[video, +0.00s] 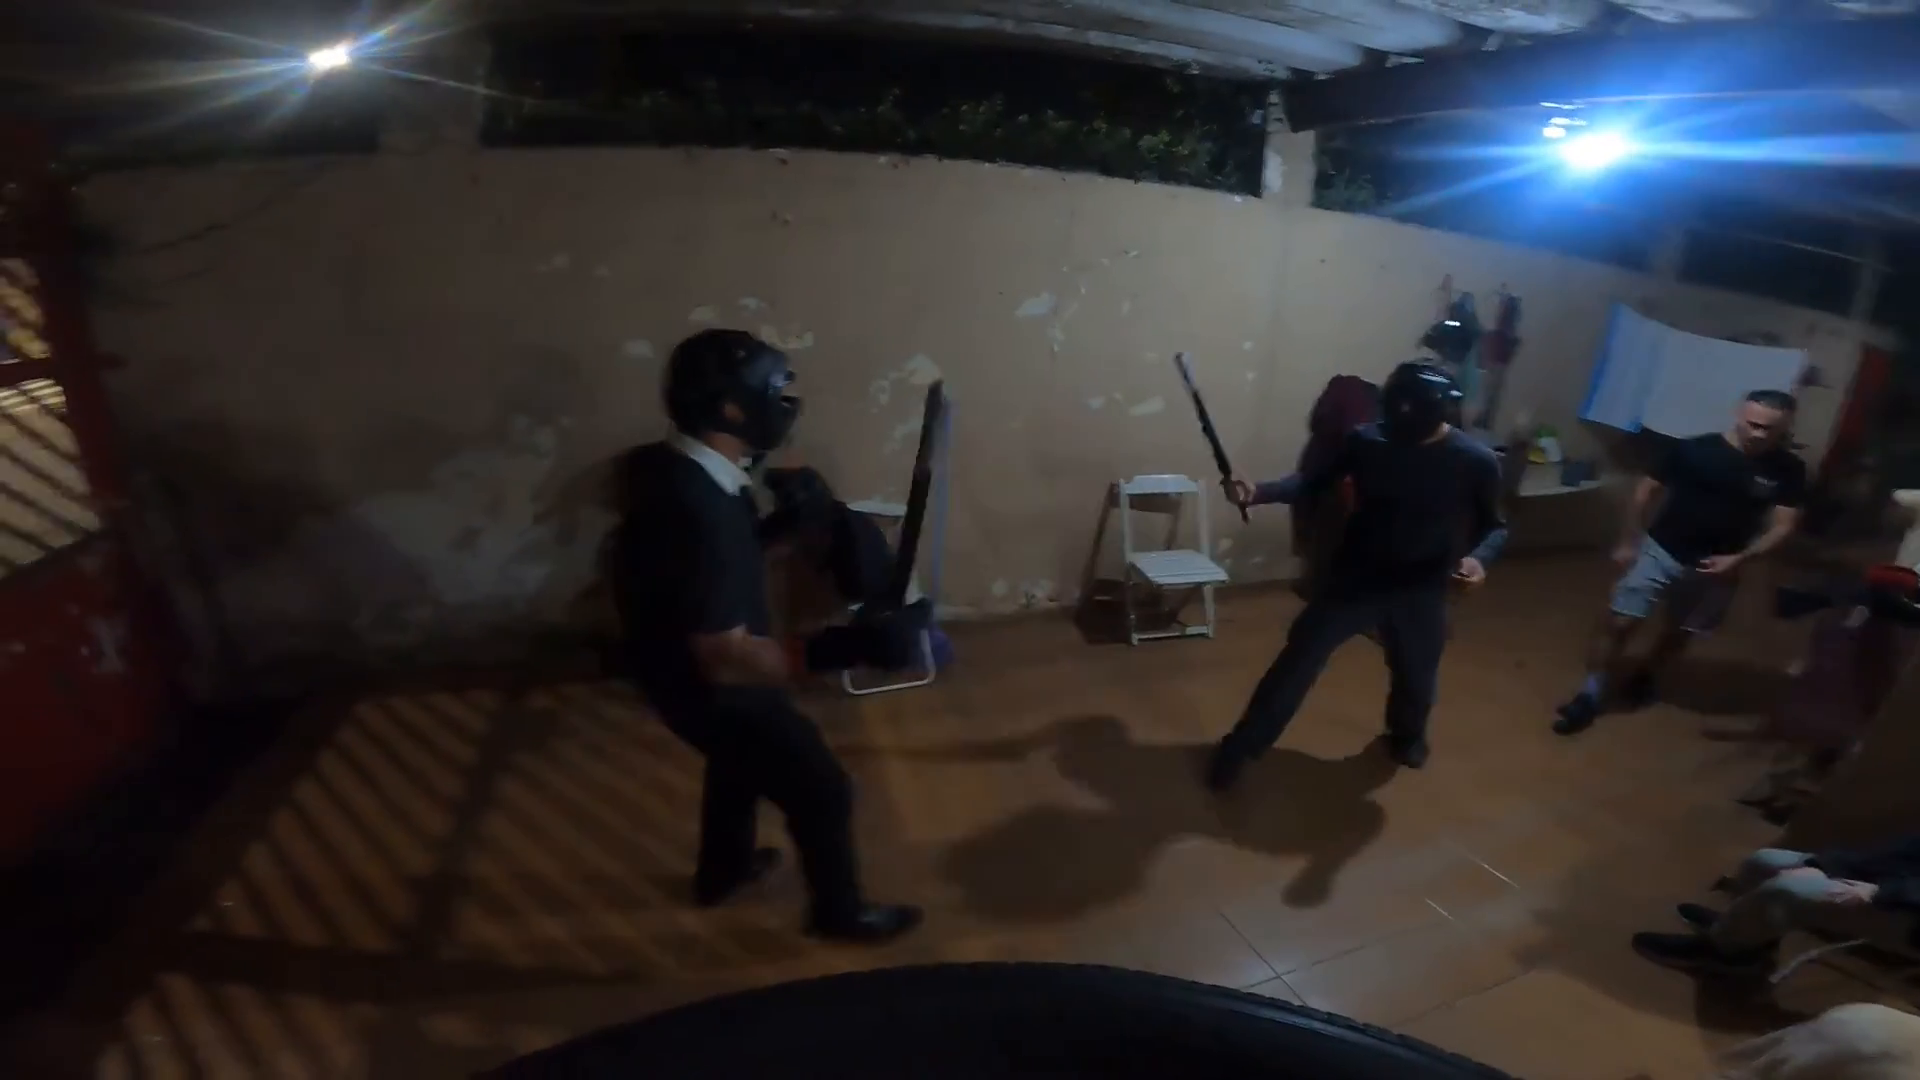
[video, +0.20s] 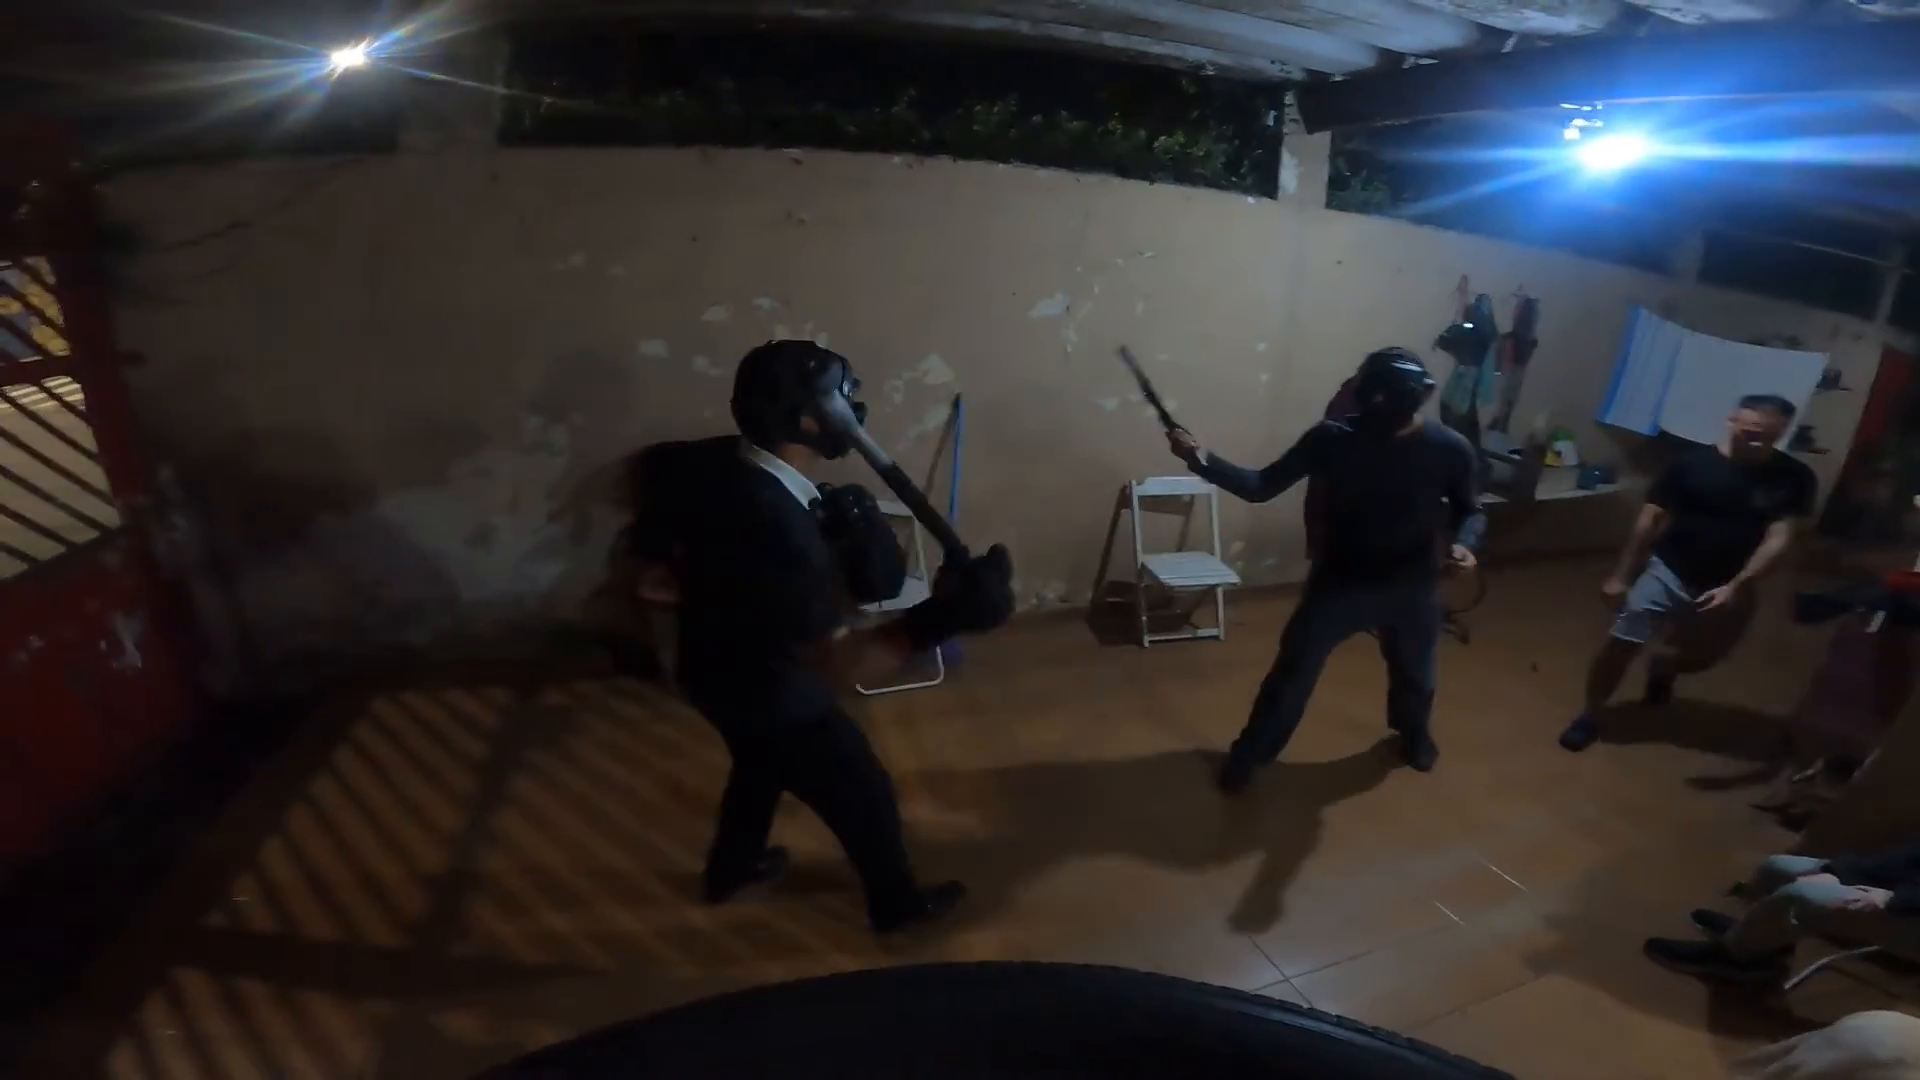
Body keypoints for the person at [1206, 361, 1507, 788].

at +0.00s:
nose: (1395, 420)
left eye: (1406, 412)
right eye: (1392, 410)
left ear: (1434, 414)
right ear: (1388, 406)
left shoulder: (1475, 463)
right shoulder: (1366, 445)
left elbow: (1495, 527)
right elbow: (1314, 483)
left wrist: (1479, 557)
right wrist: (1259, 493)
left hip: (1421, 589)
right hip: (1354, 578)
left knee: (1417, 680)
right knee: (1299, 659)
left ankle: (1407, 740)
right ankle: (1238, 749)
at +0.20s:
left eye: (1380, 399)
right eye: (1372, 397)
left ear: (1408, 405)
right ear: (1371, 400)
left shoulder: (1449, 452)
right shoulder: (1332, 440)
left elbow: (1471, 509)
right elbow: (1261, 485)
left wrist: (1465, 543)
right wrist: (1200, 458)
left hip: (1410, 586)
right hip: (1339, 583)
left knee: (1416, 676)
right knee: (1293, 671)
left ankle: (1415, 738)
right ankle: (1246, 760)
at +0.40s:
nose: (1389, 418)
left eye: (1396, 405)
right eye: (1378, 405)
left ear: (1407, 402)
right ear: (1358, 399)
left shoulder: (1436, 451)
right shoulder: (1320, 442)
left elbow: (1454, 507)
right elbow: (1277, 500)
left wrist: (1456, 543)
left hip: (1396, 585)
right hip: (1325, 583)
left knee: (1400, 675)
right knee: (1282, 672)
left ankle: (1385, 730)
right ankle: (1244, 756)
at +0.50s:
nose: (1402, 414)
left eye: (1409, 403)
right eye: (1392, 401)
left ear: (1418, 402)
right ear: (1368, 399)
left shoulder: (1441, 455)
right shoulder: (1327, 444)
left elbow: (1455, 515)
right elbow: (1290, 515)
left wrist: (1453, 557)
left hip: (1396, 586)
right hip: (1328, 579)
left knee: (1398, 676)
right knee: (1283, 662)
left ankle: (1386, 732)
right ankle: (1246, 753)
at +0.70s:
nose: (1406, 457)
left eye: (1413, 445)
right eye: (1397, 444)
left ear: (1424, 438)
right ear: (1372, 436)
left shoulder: (1444, 481)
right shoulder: (1333, 471)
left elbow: (1461, 543)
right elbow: (1277, 538)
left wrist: (1447, 602)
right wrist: (1312, 587)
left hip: (1402, 608)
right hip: (1331, 599)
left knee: (1407, 690)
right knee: (1279, 682)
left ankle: (1385, 736)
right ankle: (1228, 756)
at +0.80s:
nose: (1385, 485)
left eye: (1393, 472)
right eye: (1376, 471)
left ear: (1407, 464)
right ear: (1357, 461)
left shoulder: (1432, 493)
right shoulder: (1323, 495)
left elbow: (1459, 546)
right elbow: (1251, 548)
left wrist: (1466, 601)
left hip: (1402, 602)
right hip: (1332, 602)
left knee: (1431, 688)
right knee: (1282, 690)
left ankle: (1388, 738)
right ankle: (1215, 762)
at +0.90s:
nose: (1377, 528)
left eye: (1383, 516)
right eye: (1365, 522)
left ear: (1390, 508)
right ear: (1344, 518)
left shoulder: (1408, 516)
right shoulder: (1314, 535)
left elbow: (1453, 521)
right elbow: (1248, 582)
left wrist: (1481, 536)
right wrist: (1181, 610)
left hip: (1399, 615)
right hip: (1329, 618)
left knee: (1456, 691)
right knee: (1284, 697)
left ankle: (1413, 739)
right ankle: (1215, 771)